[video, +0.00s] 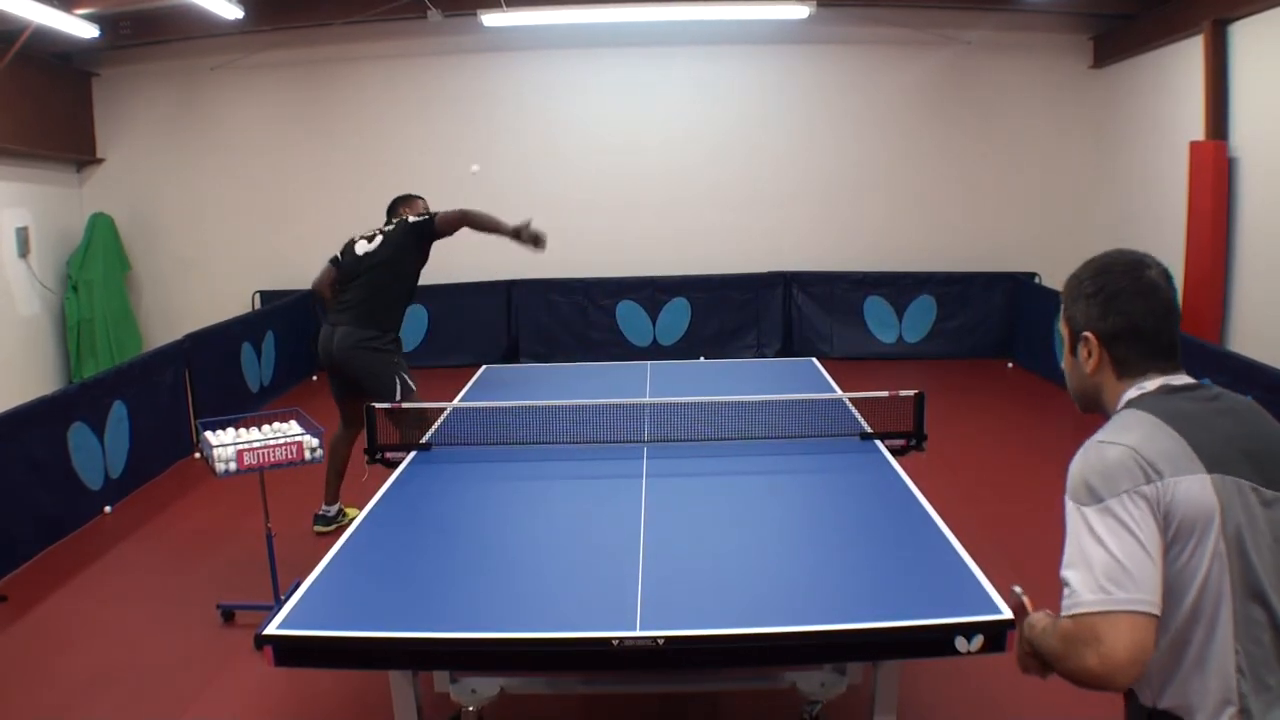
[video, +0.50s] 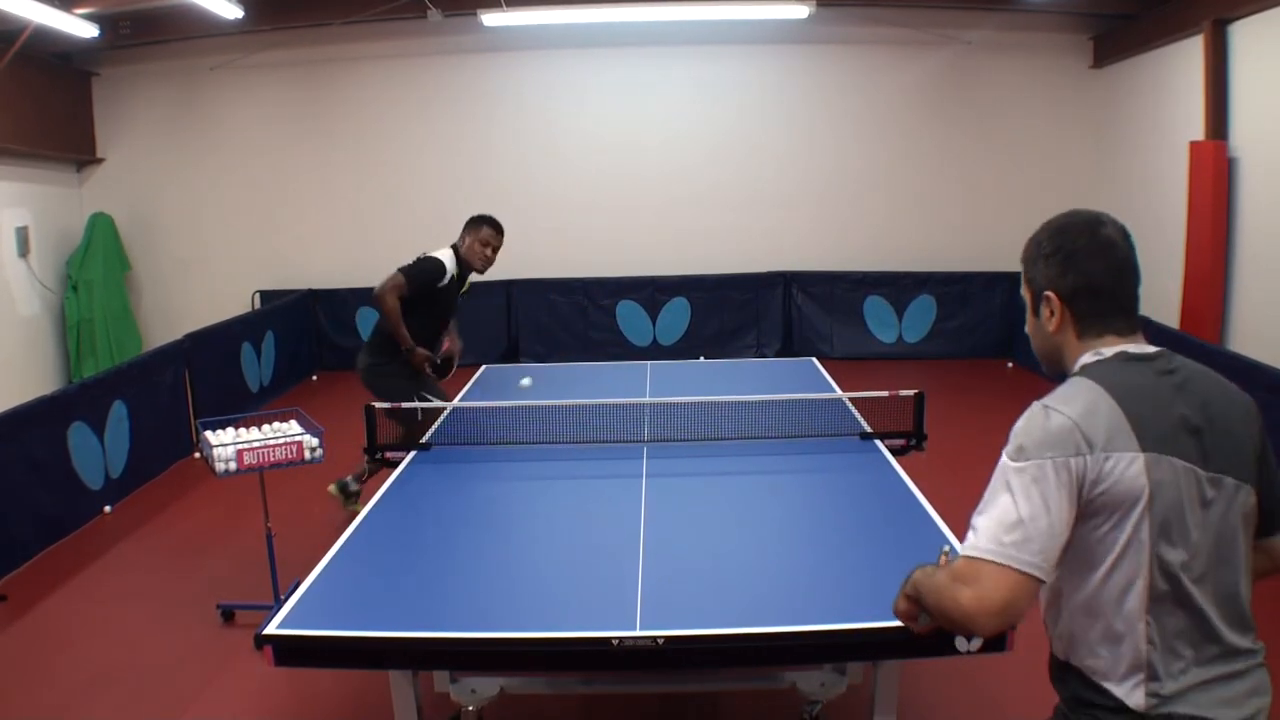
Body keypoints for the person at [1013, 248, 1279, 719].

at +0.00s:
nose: (1064, 362)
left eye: (1064, 345)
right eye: (1063, 344)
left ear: (1090, 351)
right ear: (1169, 336)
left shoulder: (1120, 454)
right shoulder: (1257, 420)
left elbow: (1114, 658)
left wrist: (1041, 632)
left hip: (1188, 707)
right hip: (1269, 700)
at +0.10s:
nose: (1060, 349)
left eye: (1061, 331)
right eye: (1059, 331)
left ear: (1087, 340)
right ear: (1167, 325)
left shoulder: (1120, 447)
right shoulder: (1253, 414)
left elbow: (1118, 652)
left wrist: (1037, 624)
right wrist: (1057, 633)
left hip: (1184, 706)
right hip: (1268, 699)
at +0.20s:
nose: (1051, 353)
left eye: (1051, 335)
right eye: (1050, 335)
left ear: (1078, 344)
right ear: (1157, 329)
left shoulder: (1109, 455)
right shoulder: (1243, 418)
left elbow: (1098, 660)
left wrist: (1014, 627)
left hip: (1172, 708)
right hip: (1265, 702)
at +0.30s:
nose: (1037, 356)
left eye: (1038, 338)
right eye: (1036, 338)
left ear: (1064, 346)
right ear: (1141, 330)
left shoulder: (1087, 459)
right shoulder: (1235, 432)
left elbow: (1052, 665)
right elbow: (1263, 598)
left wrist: (975, 623)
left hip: (1142, 708)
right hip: (1261, 701)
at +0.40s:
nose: (1028, 336)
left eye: (1028, 318)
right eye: (1027, 319)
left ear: (1052, 321)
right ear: (1131, 308)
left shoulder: (1069, 434)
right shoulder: (1232, 412)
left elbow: (1013, 631)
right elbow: (1268, 571)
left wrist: (941, 597)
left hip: (1131, 705)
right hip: (1252, 697)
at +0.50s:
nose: (1028, 328)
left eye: (1028, 309)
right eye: (1027, 310)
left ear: (1053, 311)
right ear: (1127, 297)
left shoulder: (1064, 421)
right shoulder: (1232, 403)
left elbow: (983, 605)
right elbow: (1266, 551)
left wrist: (924, 578)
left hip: (1119, 702)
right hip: (1243, 696)